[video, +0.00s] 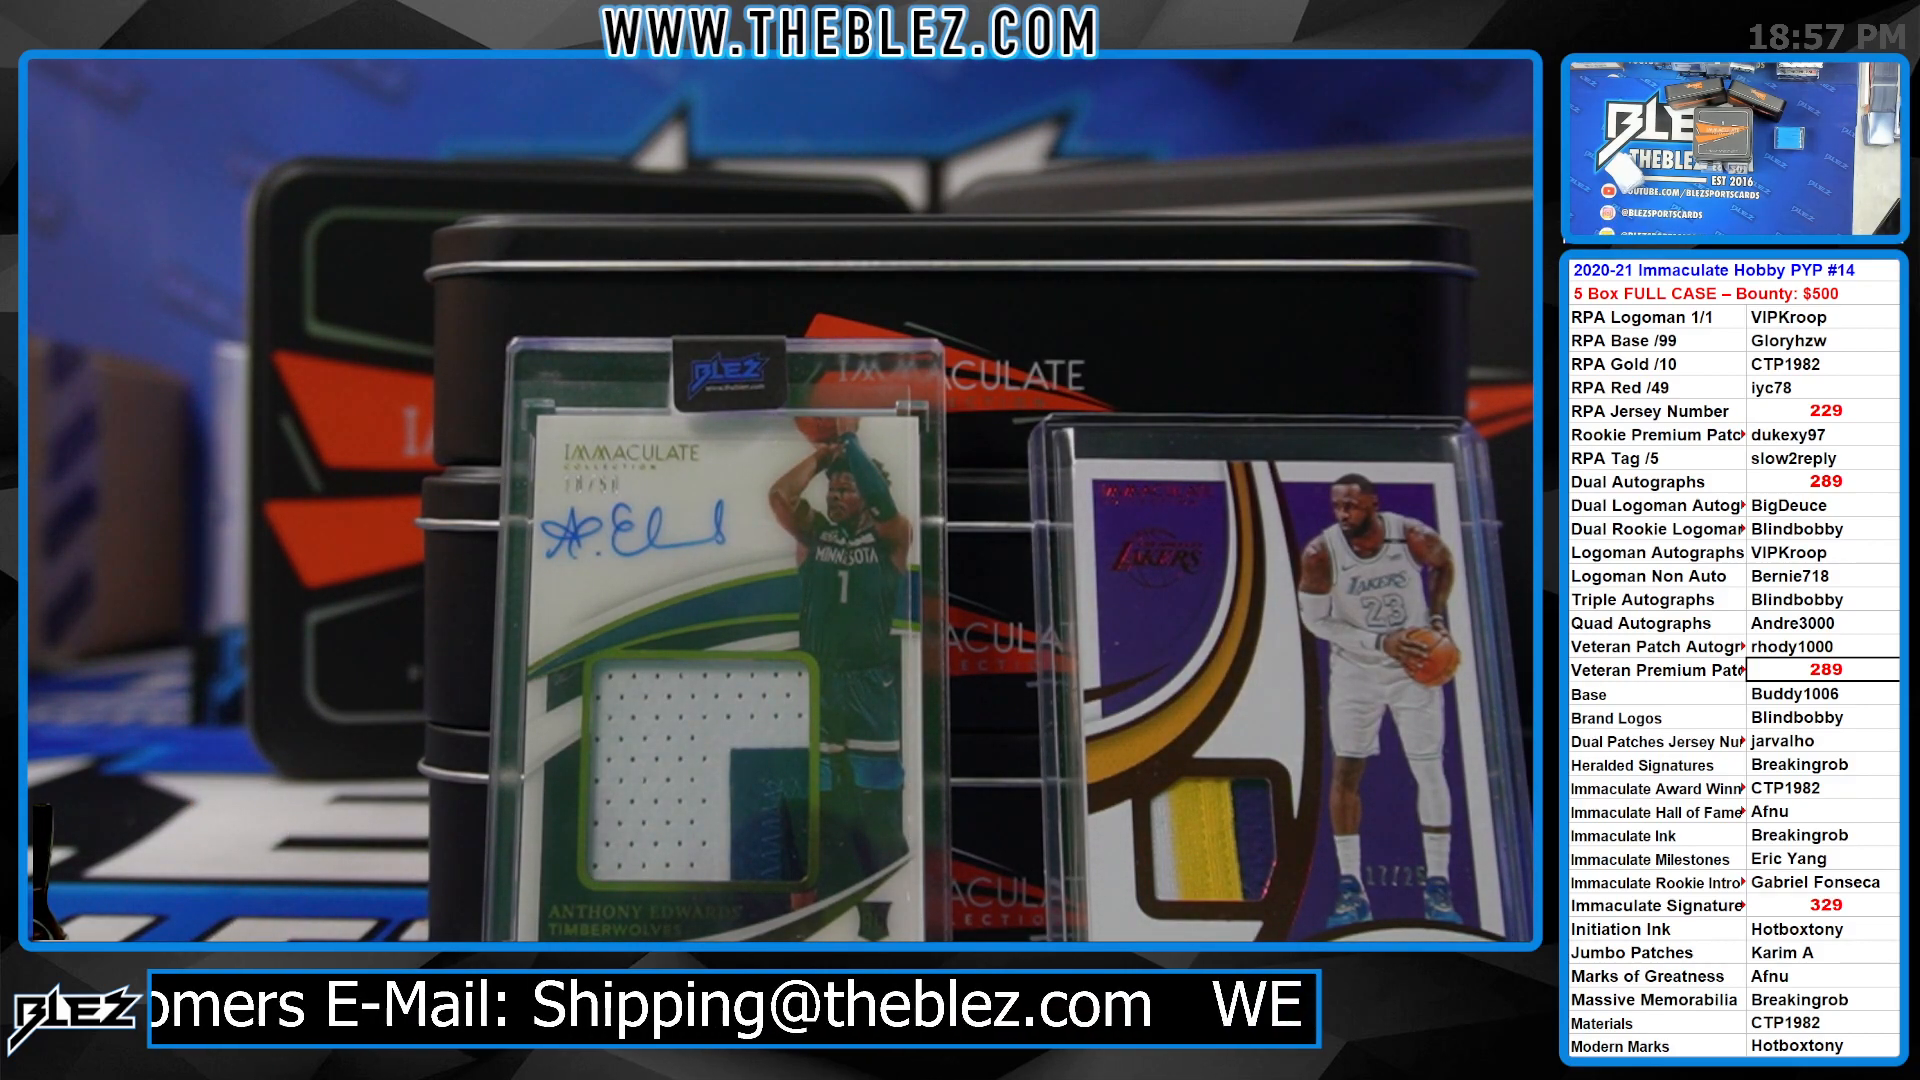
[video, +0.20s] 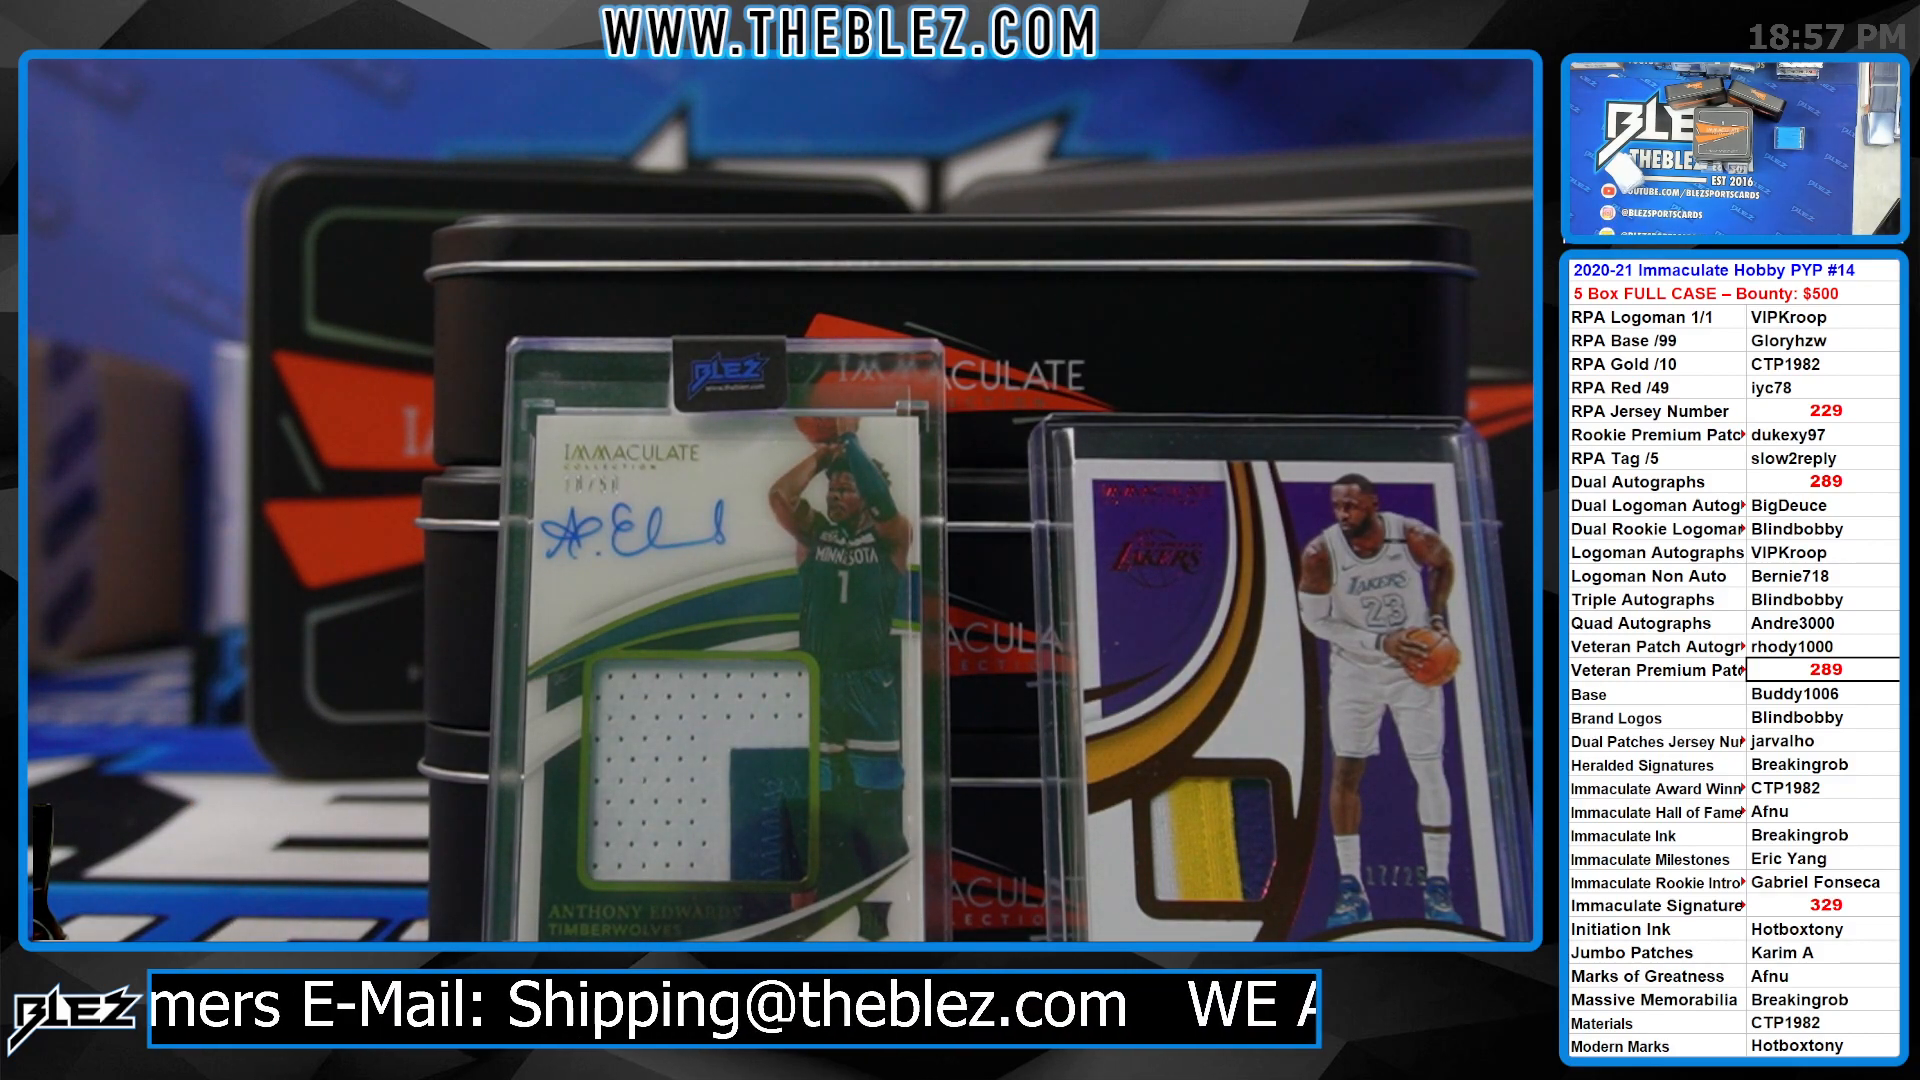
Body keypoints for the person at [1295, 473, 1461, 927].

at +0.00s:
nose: (1343, 514)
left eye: (1351, 505)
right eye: (1337, 506)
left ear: (1373, 505)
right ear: (1332, 509)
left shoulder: (1413, 536)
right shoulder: (1319, 555)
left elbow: (1445, 565)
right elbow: (1315, 621)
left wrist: (1436, 617)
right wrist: (1379, 642)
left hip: (1414, 673)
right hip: (1354, 674)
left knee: (1430, 772)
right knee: (1347, 773)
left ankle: (1438, 885)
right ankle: (1351, 889)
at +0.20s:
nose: (1342, 514)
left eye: (1351, 505)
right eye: (1337, 506)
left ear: (1373, 505)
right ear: (1332, 509)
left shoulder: (1413, 536)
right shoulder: (1319, 555)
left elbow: (1444, 565)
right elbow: (1315, 621)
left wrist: (1436, 617)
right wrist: (1379, 642)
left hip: (1414, 673)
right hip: (1354, 674)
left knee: (1430, 771)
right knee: (1348, 773)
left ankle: (1438, 885)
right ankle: (1350, 888)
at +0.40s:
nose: (1343, 514)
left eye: (1351, 505)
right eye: (1337, 506)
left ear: (1373, 505)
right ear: (1332, 509)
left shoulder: (1413, 535)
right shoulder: (1319, 555)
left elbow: (1445, 564)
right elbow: (1315, 621)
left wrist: (1436, 617)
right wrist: (1379, 642)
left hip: (1414, 673)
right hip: (1354, 674)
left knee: (1430, 771)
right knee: (1348, 773)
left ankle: (1438, 884)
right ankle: (1350, 888)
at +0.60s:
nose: (1343, 514)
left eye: (1351, 505)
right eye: (1337, 506)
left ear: (1373, 505)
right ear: (1332, 509)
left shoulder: (1413, 536)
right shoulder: (1319, 555)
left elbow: (1444, 565)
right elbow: (1315, 621)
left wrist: (1436, 618)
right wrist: (1379, 642)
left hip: (1414, 673)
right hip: (1354, 675)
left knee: (1430, 771)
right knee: (1347, 773)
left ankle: (1438, 885)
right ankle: (1350, 888)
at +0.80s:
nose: (1343, 514)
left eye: (1351, 505)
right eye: (1337, 506)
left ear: (1373, 505)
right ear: (1332, 509)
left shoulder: (1413, 536)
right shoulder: (1319, 555)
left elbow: (1444, 565)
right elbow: (1315, 621)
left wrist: (1436, 617)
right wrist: (1379, 642)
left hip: (1414, 673)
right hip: (1354, 674)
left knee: (1430, 771)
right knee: (1347, 773)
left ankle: (1438, 885)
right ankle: (1351, 888)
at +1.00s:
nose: (1343, 514)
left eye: (1351, 505)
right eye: (1337, 506)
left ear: (1373, 504)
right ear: (1332, 509)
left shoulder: (1413, 536)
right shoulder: (1319, 554)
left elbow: (1444, 565)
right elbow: (1315, 621)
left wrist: (1436, 617)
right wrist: (1379, 642)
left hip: (1414, 673)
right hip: (1354, 674)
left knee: (1430, 771)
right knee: (1348, 773)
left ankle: (1438, 884)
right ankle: (1350, 888)